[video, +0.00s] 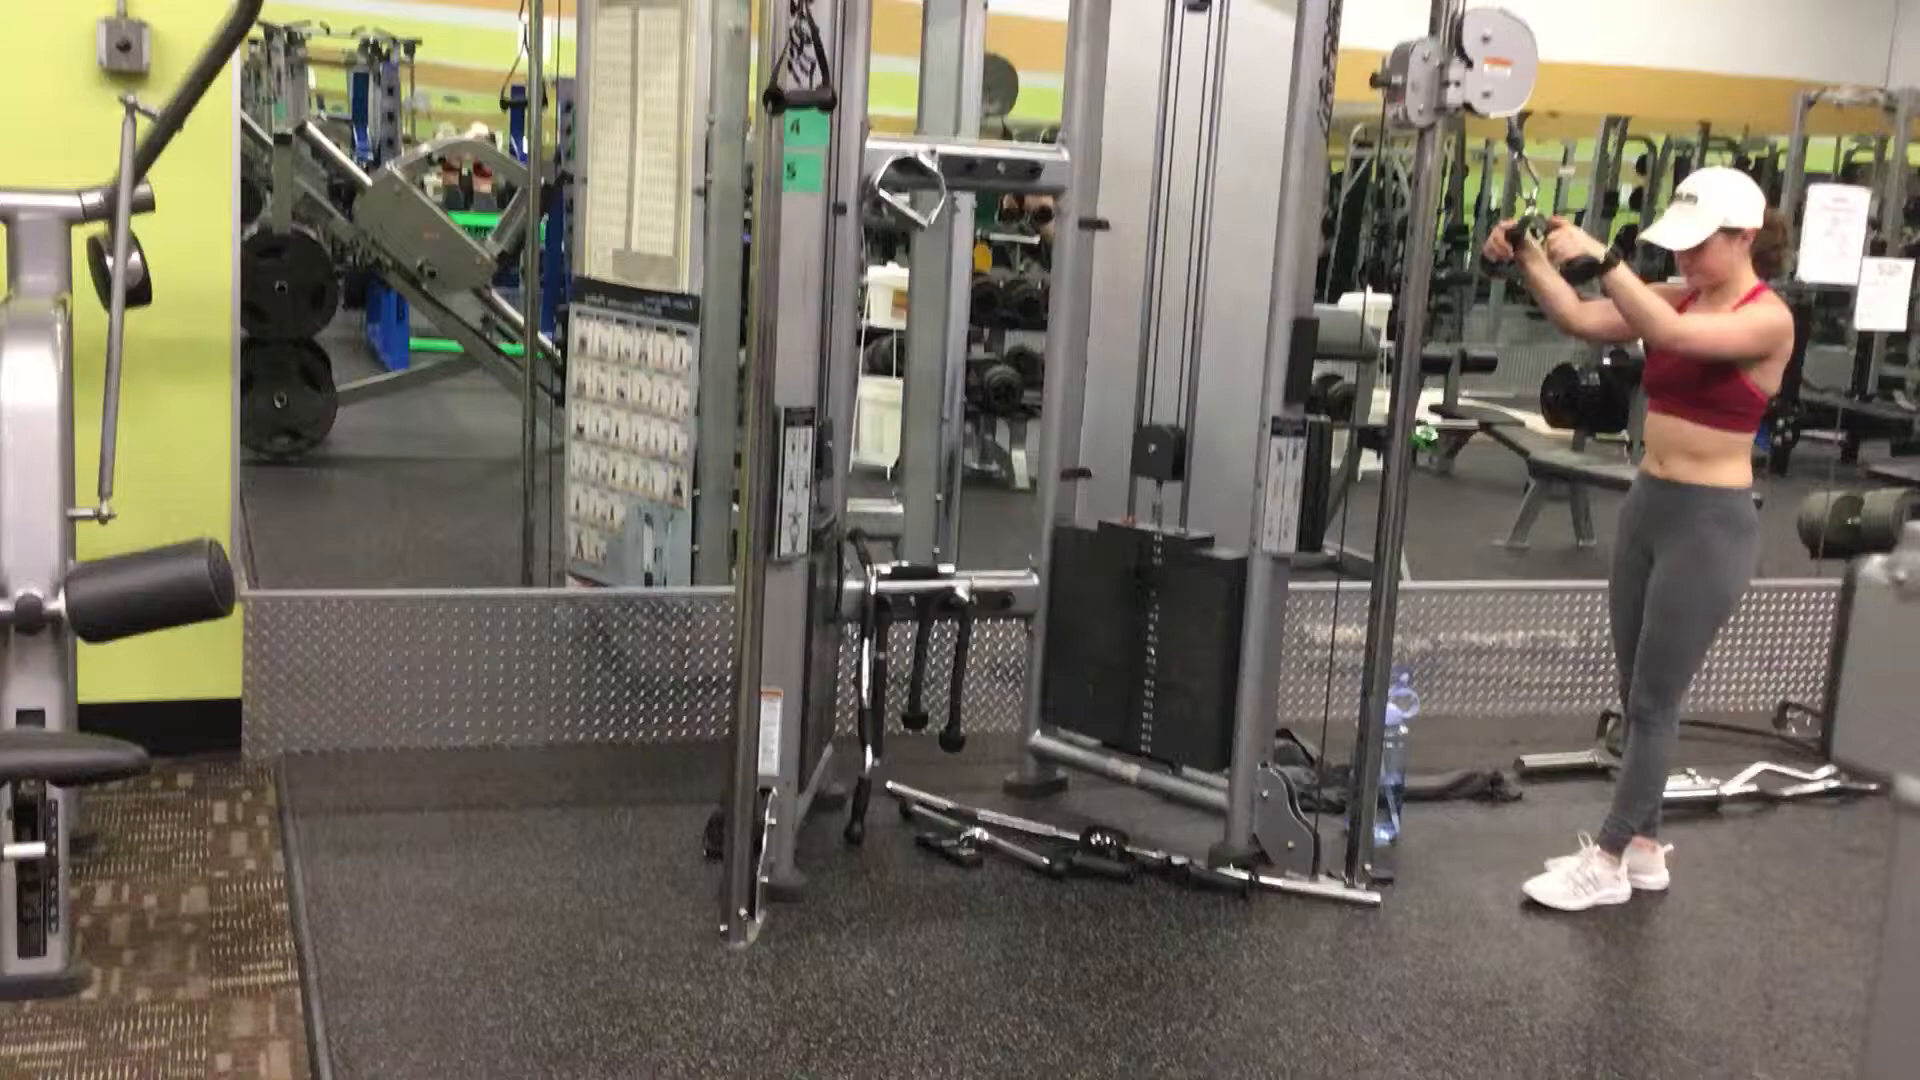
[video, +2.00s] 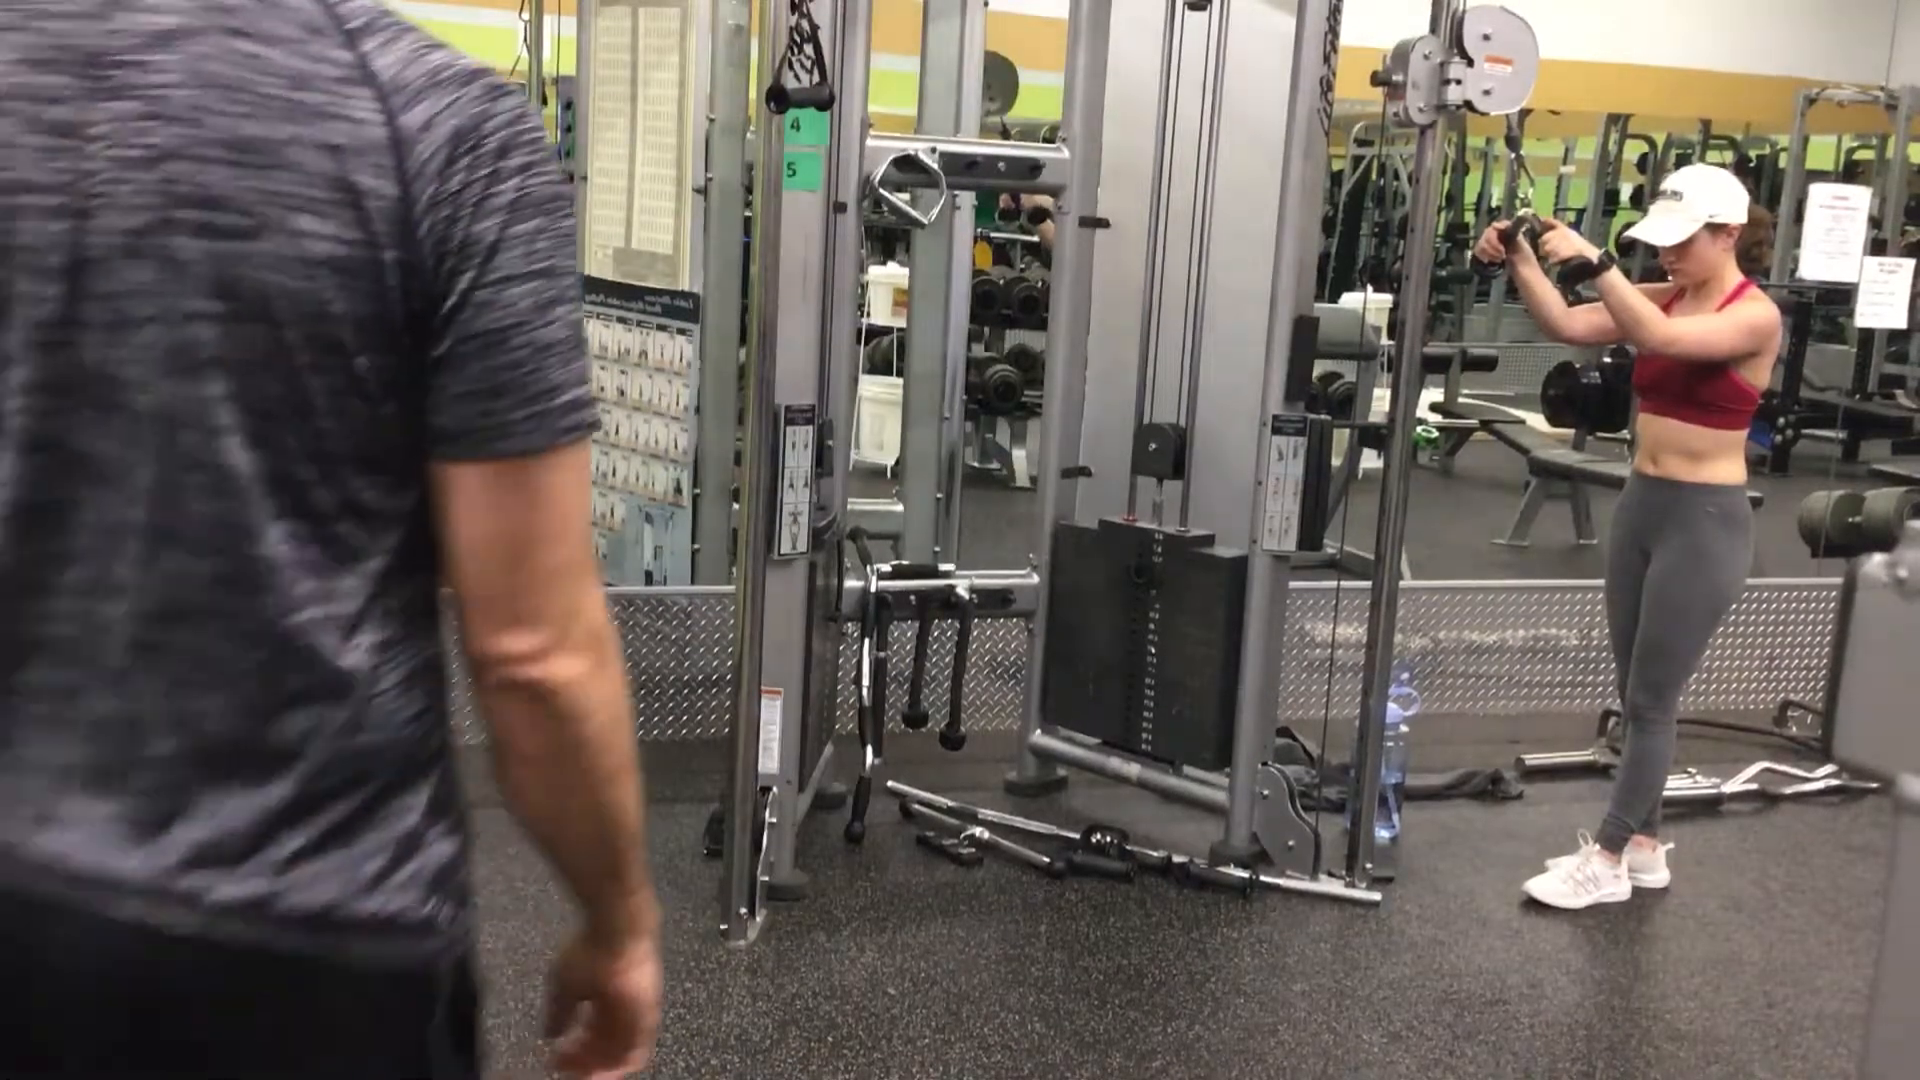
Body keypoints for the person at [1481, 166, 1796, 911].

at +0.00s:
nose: (1683, 256)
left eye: (1697, 243)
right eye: (1679, 244)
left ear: (1745, 238)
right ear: (1681, 242)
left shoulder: (1770, 318)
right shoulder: (1677, 299)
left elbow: (1670, 331)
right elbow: (1584, 317)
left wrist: (1599, 257)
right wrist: (1527, 259)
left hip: (1711, 523)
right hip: (1645, 509)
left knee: (1654, 699)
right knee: (1639, 694)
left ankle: (1605, 860)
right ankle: (1645, 847)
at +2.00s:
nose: (1665, 254)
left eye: (1679, 240)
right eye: (1661, 241)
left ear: (1728, 235)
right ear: (1663, 240)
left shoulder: (1757, 315)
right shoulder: (1663, 299)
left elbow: (1660, 335)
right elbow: (1566, 324)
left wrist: (1592, 261)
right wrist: (1519, 258)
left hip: (1705, 522)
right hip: (1639, 508)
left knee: (1651, 700)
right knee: (1637, 691)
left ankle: (1607, 858)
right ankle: (1644, 844)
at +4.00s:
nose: (1674, 253)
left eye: (1688, 239)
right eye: (1669, 241)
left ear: (1737, 236)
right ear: (1670, 240)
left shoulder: (1763, 315)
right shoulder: (1667, 297)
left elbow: (1664, 334)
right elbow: (1570, 322)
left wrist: (1595, 259)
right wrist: (1520, 260)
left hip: (1710, 524)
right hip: (1642, 509)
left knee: (1653, 699)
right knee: (1640, 692)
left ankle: (1606, 858)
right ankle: (1644, 845)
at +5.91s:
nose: (1683, 252)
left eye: (1698, 239)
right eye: (1679, 239)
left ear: (1746, 237)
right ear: (1680, 238)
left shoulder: (1770, 317)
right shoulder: (1676, 301)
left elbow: (1671, 330)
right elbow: (1580, 316)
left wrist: (1602, 257)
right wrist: (1525, 258)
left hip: (1709, 523)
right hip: (1642, 508)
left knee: (1652, 699)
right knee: (1639, 693)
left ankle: (1606, 859)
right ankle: (1646, 846)